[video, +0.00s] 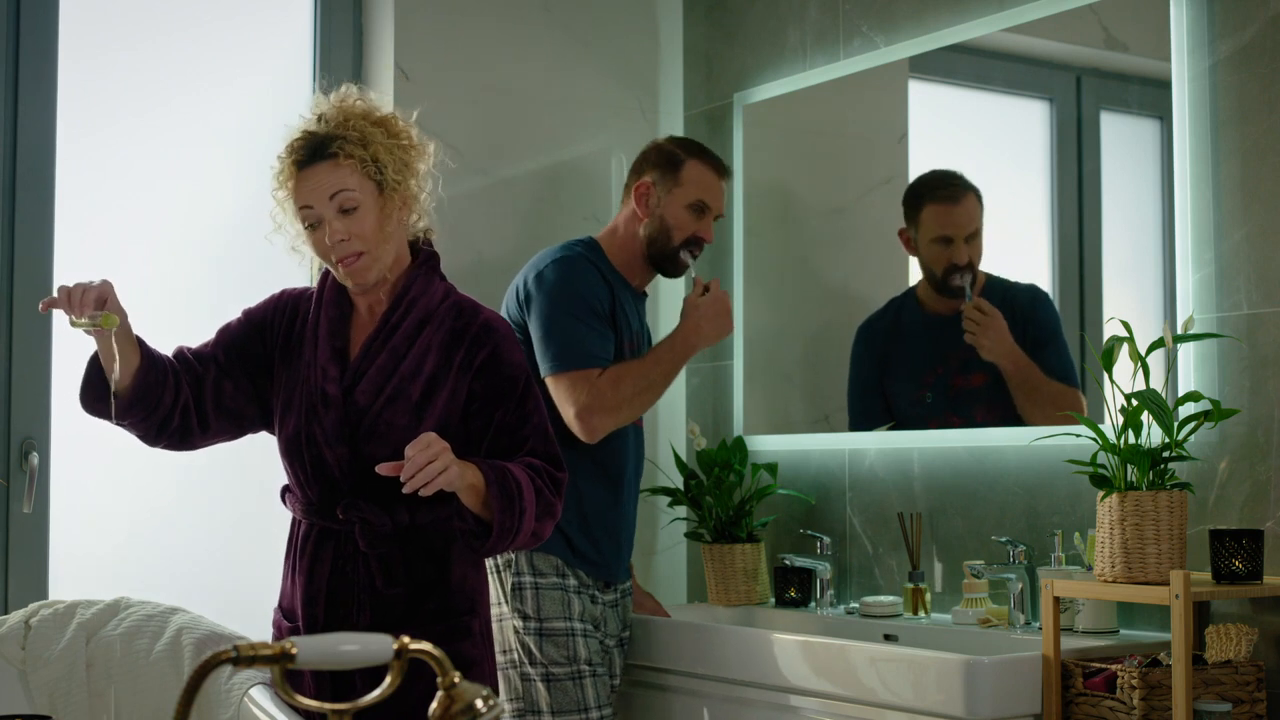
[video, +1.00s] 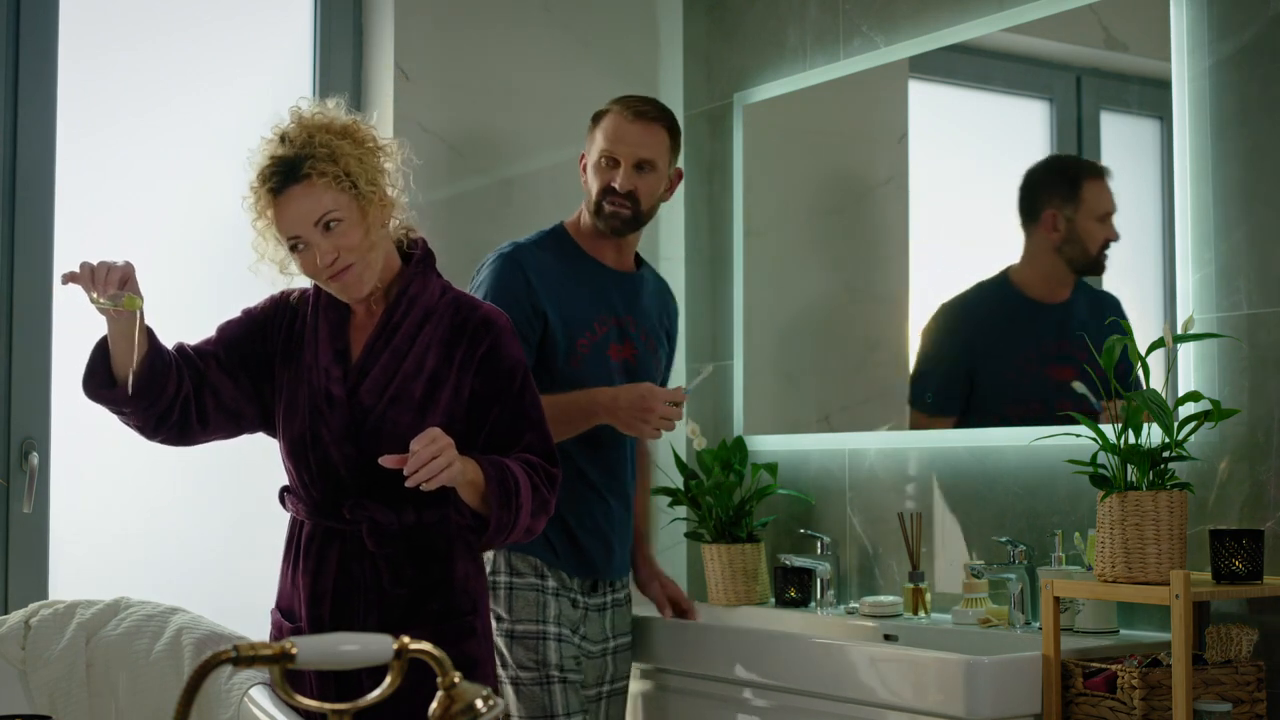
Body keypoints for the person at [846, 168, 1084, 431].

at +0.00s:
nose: (961, 257)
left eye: (972, 238)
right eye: (944, 243)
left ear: (981, 231)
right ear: (910, 243)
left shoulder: (1029, 309)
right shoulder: (877, 336)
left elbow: (1068, 425)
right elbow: (869, 452)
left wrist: (1008, 354)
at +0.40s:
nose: (991, 244)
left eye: (999, 228)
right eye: (974, 227)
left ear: (1006, 227)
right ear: (932, 227)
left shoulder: (1039, 311)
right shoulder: (884, 330)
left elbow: (1082, 423)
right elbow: (871, 449)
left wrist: (1026, 381)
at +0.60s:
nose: (1019, 239)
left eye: (1023, 225)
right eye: (1004, 223)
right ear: (955, 223)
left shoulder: (1053, 313)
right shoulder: (898, 328)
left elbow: (1102, 419)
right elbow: (880, 446)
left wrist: (1061, 404)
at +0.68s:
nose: (1033, 236)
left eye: (1036, 222)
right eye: (1018, 220)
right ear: (968, 223)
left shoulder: (1063, 314)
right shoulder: (905, 326)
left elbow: (1111, 419)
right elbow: (885, 443)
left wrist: (1079, 410)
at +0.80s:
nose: (1061, 234)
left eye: (1061, 219)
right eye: (1047, 217)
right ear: (995, 222)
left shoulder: (1077, 314)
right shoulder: (920, 323)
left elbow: (1119, 415)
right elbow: (901, 442)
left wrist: (1107, 417)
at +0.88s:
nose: (1083, 234)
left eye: (1082, 219)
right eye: (1070, 218)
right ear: (1020, 221)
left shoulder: (1088, 313)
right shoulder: (933, 324)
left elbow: (1128, 415)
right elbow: (911, 451)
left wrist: (1114, 415)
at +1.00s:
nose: (1114, 235)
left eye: (1110, 220)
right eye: (1102, 220)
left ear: (1054, 225)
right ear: (1054, 224)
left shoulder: (1105, 313)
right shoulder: (959, 323)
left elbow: (1138, 418)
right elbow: (924, 448)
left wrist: (1125, 419)